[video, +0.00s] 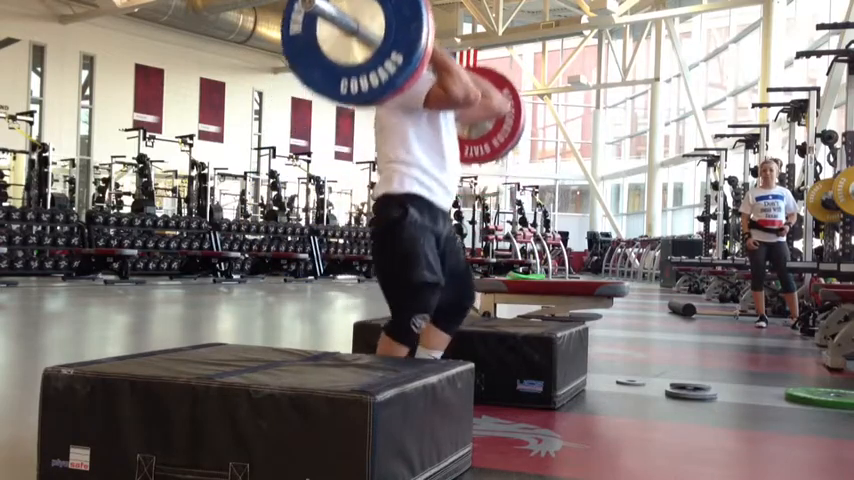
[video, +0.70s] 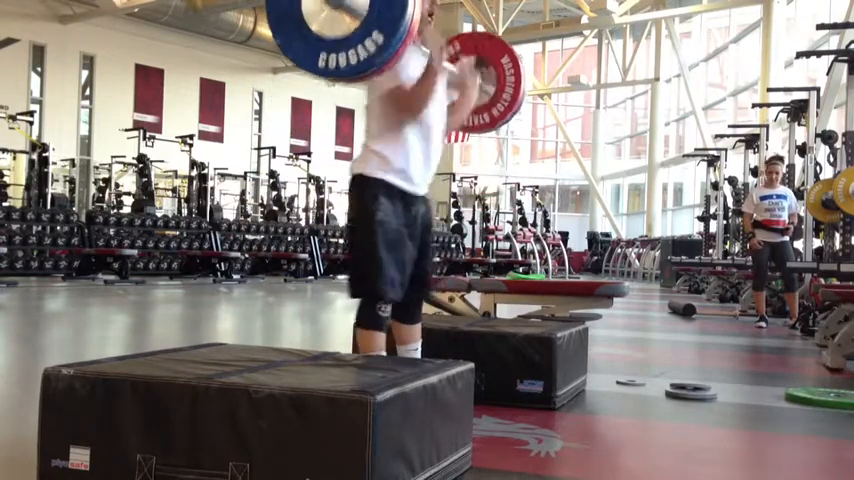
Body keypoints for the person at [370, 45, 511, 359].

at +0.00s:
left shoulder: (438, 92)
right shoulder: (398, 76)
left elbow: (498, 103)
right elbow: (460, 92)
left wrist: (454, 69)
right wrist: (430, 48)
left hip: (438, 214)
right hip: (403, 207)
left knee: (457, 297)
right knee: (415, 303)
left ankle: (418, 383)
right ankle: (378, 393)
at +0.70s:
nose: (430, 10)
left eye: (431, 5)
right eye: (424, 3)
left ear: (431, 12)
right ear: (404, 7)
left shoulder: (430, 59)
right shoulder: (388, 44)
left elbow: (451, 121)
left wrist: (470, 85)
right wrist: (434, 67)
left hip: (415, 193)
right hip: (378, 186)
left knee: (411, 296)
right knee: (378, 296)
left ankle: (412, 382)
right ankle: (370, 389)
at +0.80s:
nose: (430, 15)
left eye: (432, 10)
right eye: (426, 7)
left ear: (424, 12)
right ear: (407, 4)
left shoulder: (410, 47)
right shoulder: (371, 36)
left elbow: (403, 98)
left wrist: (439, 87)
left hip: (401, 188)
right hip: (367, 186)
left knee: (414, 276)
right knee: (371, 294)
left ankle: (391, 373)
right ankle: (370, 386)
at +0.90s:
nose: (415, 15)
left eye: (417, 9)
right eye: (408, 6)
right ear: (381, 7)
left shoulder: (399, 65)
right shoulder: (362, 52)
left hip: (396, 196)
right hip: (361, 194)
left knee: (403, 292)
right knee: (367, 299)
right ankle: (373, 386)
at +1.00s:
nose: (398, 24)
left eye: (402, 16)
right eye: (390, 14)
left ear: (403, 20)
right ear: (363, 13)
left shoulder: (381, 70)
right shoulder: (340, 58)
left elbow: (373, 136)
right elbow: (292, 113)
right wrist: (252, 160)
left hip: (375, 189)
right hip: (343, 186)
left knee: (370, 286)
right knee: (358, 291)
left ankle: (323, 365)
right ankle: (373, 384)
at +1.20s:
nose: (360, 26)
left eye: (366, 20)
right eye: (353, 17)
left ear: (370, 26)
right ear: (330, 15)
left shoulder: (356, 78)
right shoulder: (304, 59)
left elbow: (360, 145)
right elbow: (283, 125)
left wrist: (376, 196)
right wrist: (280, 189)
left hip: (350, 196)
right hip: (311, 193)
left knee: (339, 290)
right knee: (326, 291)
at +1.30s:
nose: (337, 23)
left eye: (343, 16)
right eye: (329, 13)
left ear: (347, 22)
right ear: (306, 13)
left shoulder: (346, 77)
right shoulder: (285, 57)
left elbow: (357, 131)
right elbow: (266, 117)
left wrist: (397, 162)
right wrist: (304, 161)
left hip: (333, 186)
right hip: (289, 184)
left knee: (325, 277)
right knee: (301, 279)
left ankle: (321, 365)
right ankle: (302, 369)